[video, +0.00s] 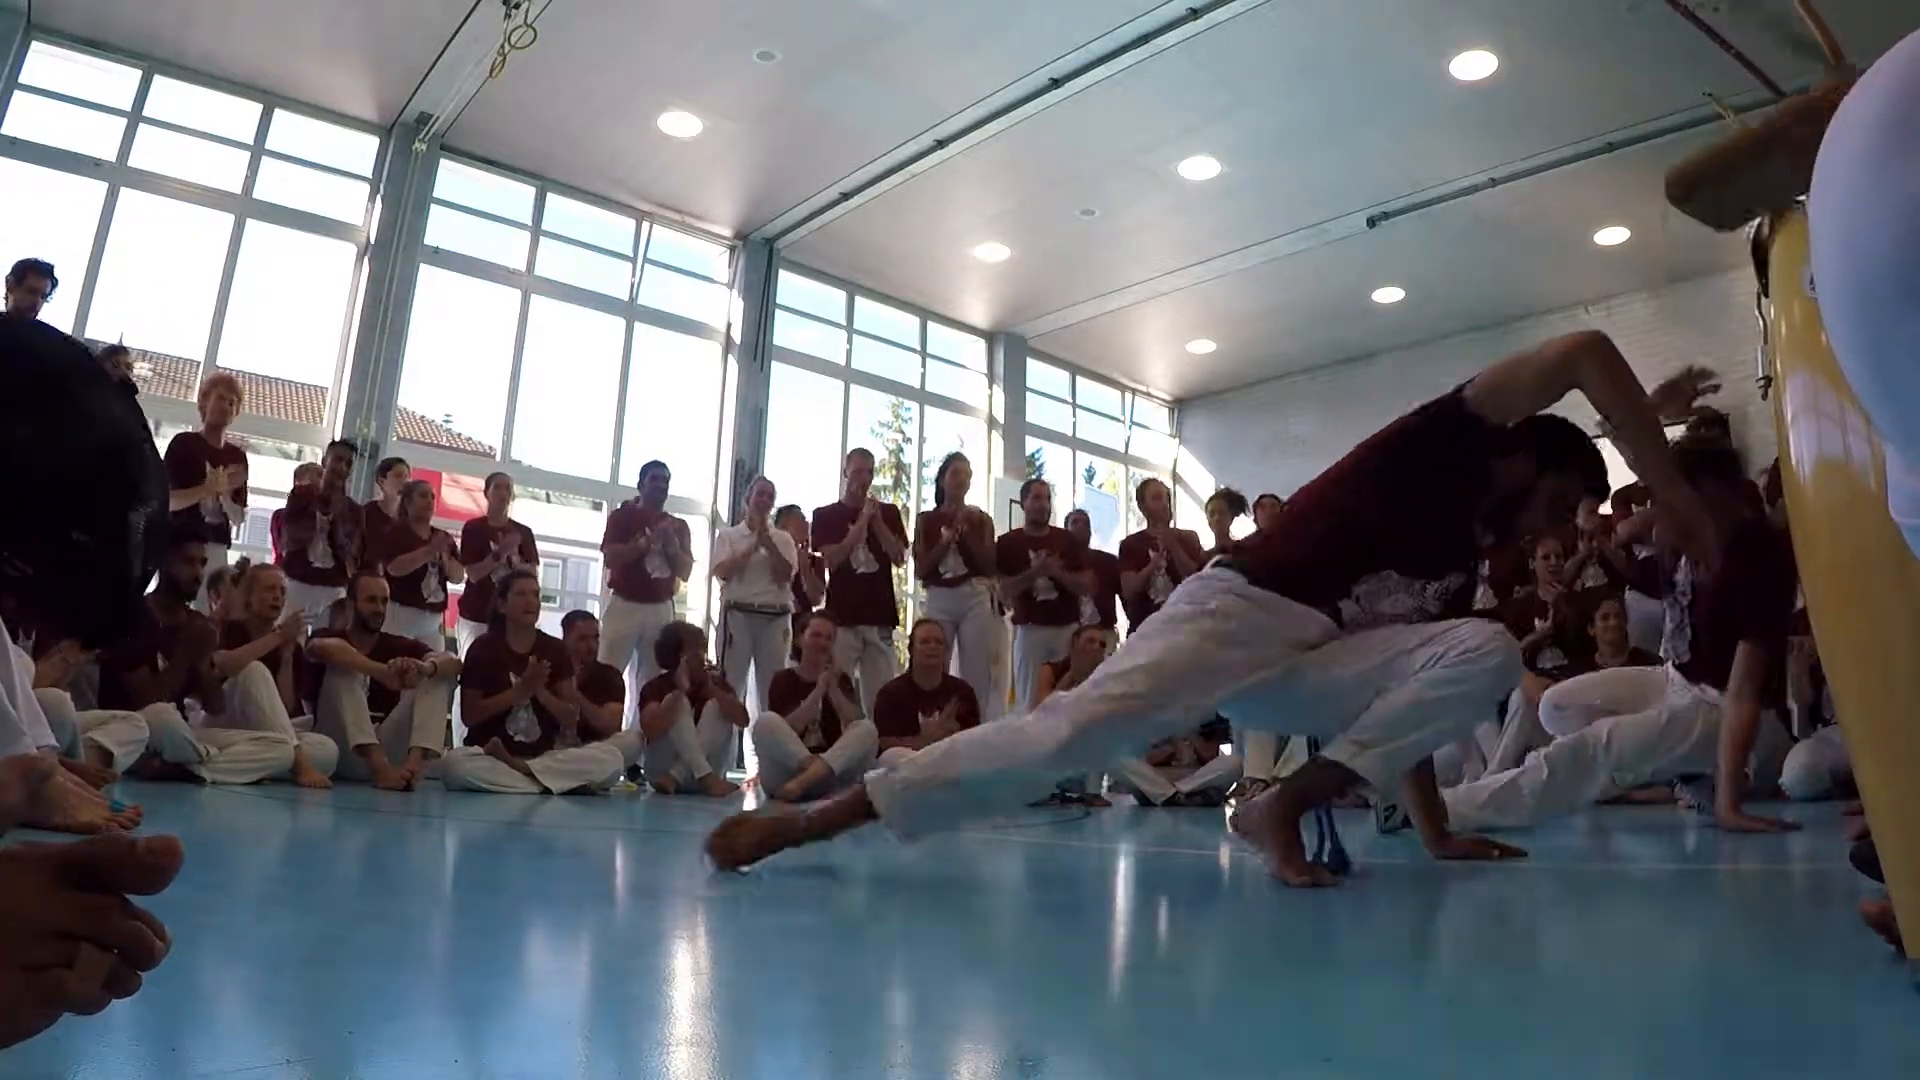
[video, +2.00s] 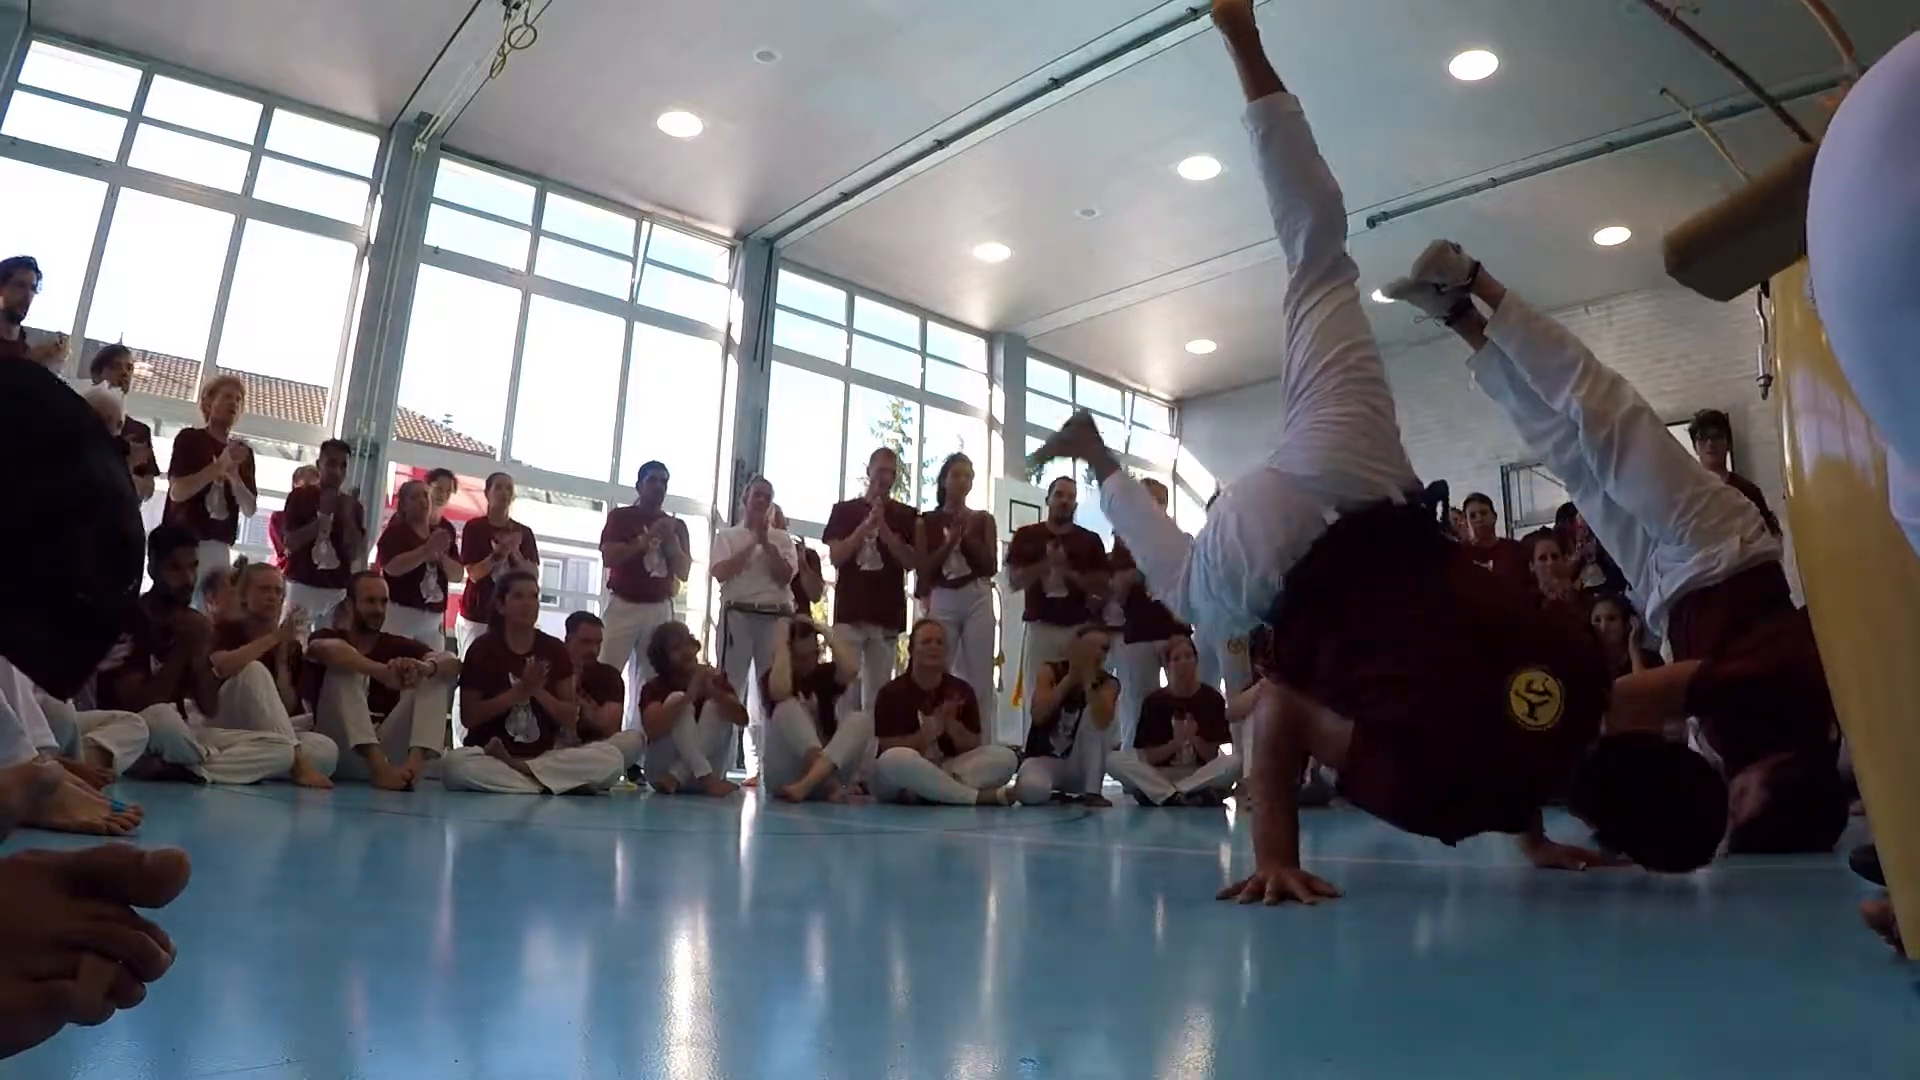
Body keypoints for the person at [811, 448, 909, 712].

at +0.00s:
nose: (862, 479)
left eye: (867, 473)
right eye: (856, 473)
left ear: (873, 476)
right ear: (844, 474)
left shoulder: (888, 512)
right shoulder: (825, 515)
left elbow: (899, 557)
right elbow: (830, 561)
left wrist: (876, 522)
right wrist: (861, 522)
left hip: (879, 619)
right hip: (841, 620)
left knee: (883, 702)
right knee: (836, 698)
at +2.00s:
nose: (886, 477)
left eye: (891, 472)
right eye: (881, 471)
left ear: (896, 476)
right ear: (868, 471)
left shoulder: (907, 514)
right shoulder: (844, 510)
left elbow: (910, 561)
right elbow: (836, 557)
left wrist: (883, 528)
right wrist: (866, 526)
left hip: (886, 613)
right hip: (849, 611)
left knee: (880, 690)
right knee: (845, 688)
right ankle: (844, 748)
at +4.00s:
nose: (878, 479)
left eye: (883, 473)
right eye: (873, 473)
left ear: (891, 475)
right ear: (862, 475)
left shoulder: (907, 518)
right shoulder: (845, 515)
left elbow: (916, 564)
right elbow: (838, 564)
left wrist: (889, 533)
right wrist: (865, 534)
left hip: (893, 619)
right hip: (853, 619)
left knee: (889, 698)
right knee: (845, 696)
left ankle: (880, 773)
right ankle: (837, 772)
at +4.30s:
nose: (879, 482)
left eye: (884, 476)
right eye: (873, 476)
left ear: (891, 476)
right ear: (862, 476)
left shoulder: (906, 516)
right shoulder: (846, 514)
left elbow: (917, 564)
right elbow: (841, 564)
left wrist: (890, 534)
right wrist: (870, 535)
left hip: (893, 621)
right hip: (853, 621)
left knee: (889, 700)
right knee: (845, 696)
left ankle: (875, 775)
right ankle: (837, 771)